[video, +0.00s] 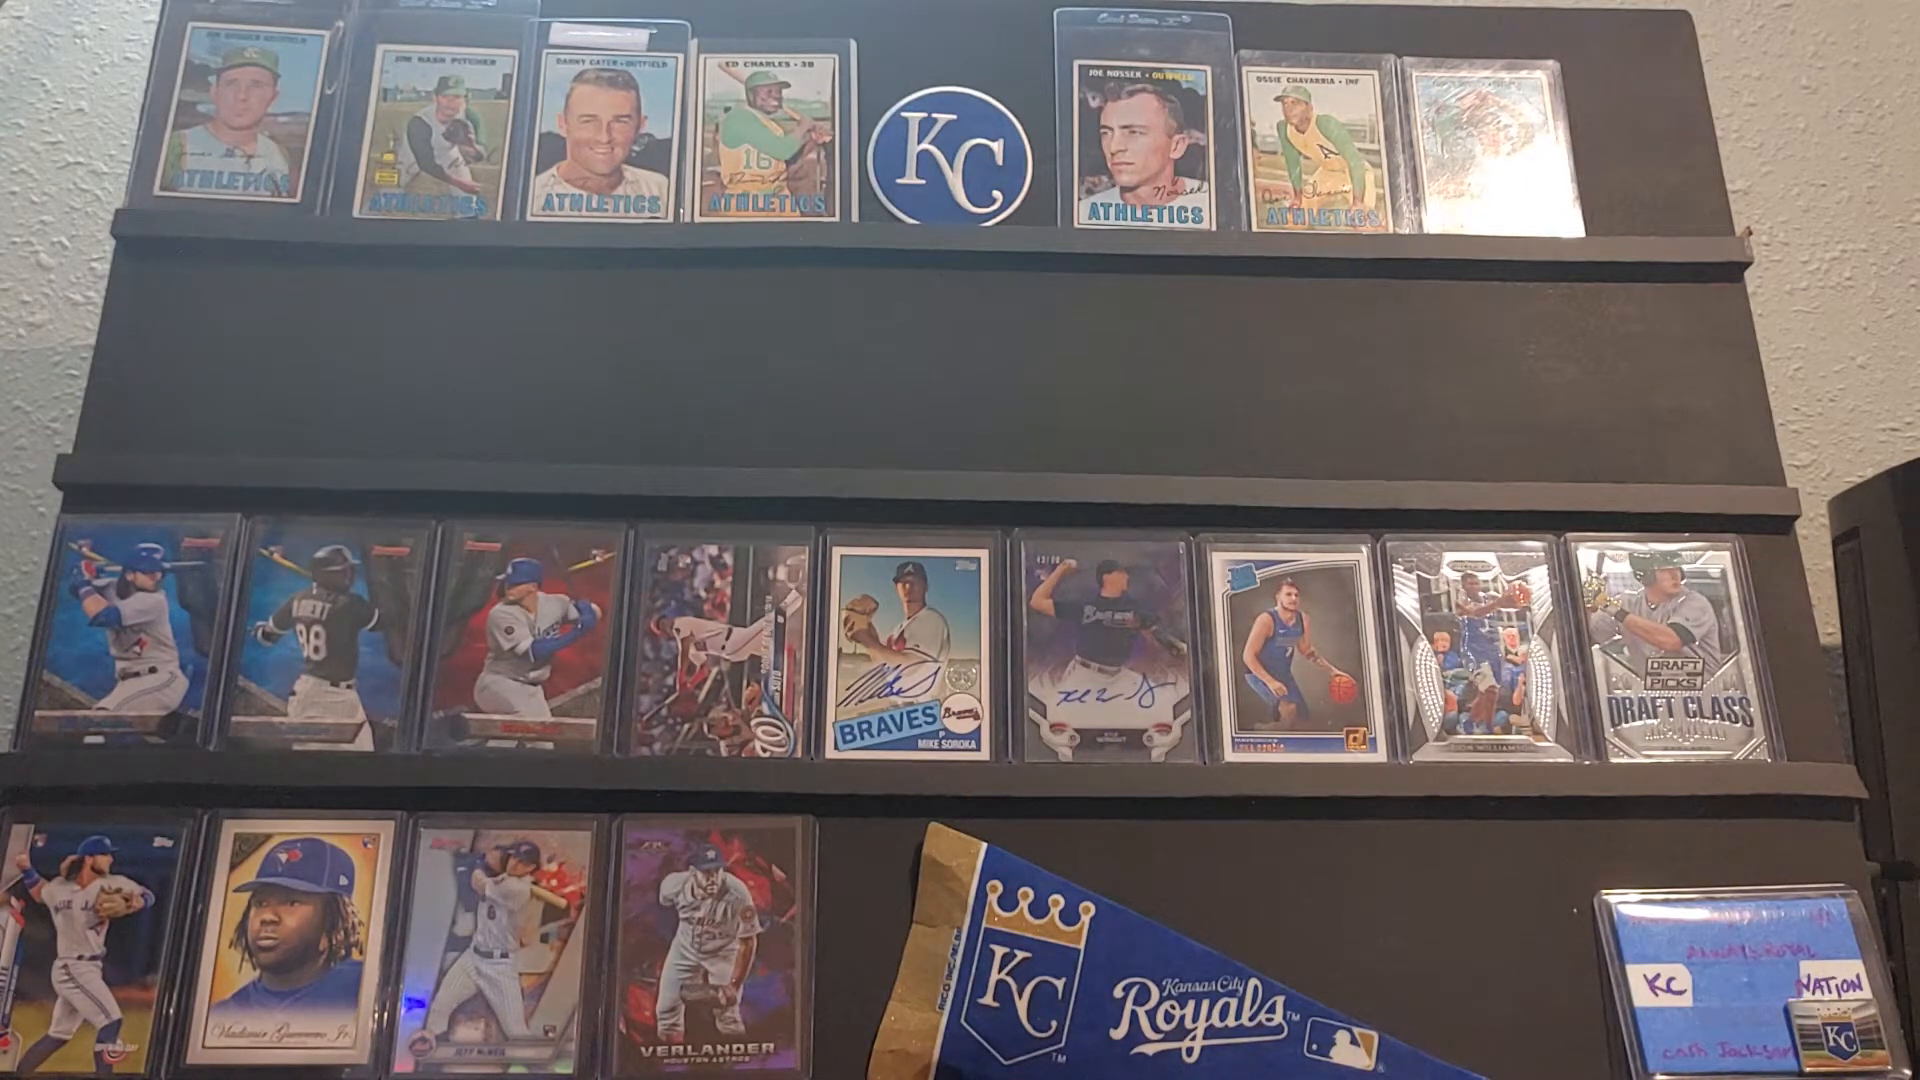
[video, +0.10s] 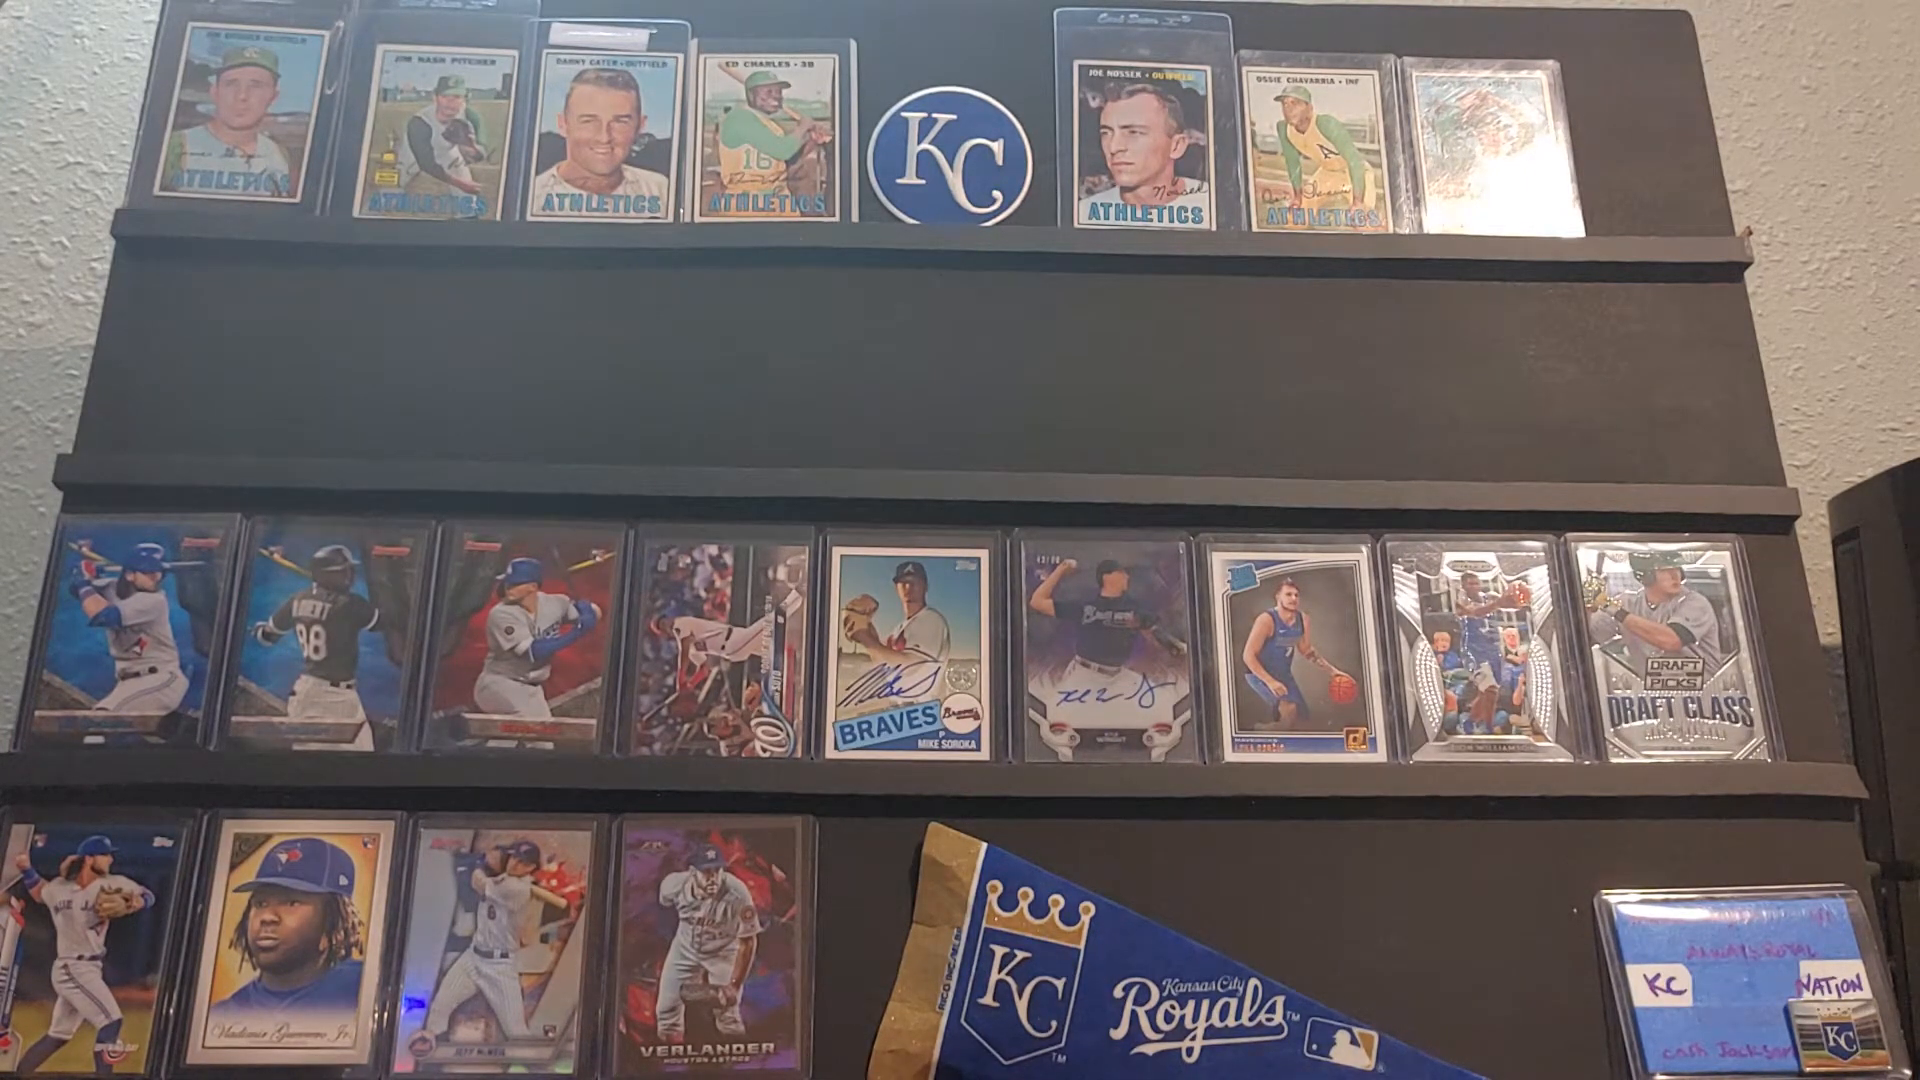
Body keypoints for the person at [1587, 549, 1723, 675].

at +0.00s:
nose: (1676, 575)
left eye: (1676, 568)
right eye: (1665, 570)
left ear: (1681, 571)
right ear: (1644, 575)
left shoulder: (1696, 604)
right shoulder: (1627, 604)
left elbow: (1671, 641)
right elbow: (1585, 638)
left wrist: (1619, 613)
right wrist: (1586, 608)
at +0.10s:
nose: (1675, 575)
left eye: (1677, 568)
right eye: (1665, 570)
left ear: (1681, 571)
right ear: (1644, 575)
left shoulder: (1696, 604)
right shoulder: (1627, 604)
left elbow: (1672, 641)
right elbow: (1585, 637)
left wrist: (1619, 613)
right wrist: (1586, 608)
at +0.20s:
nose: (1676, 575)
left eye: (1677, 568)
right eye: (1666, 570)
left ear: (1681, 571)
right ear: (1644, 575)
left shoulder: (1696, 604)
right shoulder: (1627, 604)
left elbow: (1671, 641)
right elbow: (1587, 637)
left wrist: (1619, 613)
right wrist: (1586, 609)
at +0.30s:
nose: (1676, 575)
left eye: (1677, 568)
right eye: (1666, 570)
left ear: (1681, 571)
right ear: (1644, 575)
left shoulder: (1696, 604)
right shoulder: (1627, 604)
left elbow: (1671, 641)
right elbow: (1587, 637)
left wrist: (1619, 613)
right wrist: (1586, 609)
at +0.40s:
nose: (1676, 575)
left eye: (1677, 568)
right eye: (1666, 570)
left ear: (1681, 571)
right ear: (1644, 575)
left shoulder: (1696, 604)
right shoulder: (1627, 604)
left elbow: (1671, 641)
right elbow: (1587, 637)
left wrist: (1619, 613)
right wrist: (1586, 609)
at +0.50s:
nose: (1676, 575)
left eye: (1677, 568)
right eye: (1666, 570)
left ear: (1681, 571)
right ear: (1644, 575)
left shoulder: (1696, 604)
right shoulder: (1627, 604)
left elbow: (1671, 641)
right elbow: (1587, 637)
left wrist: (1619, 613)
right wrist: (1586, 609)